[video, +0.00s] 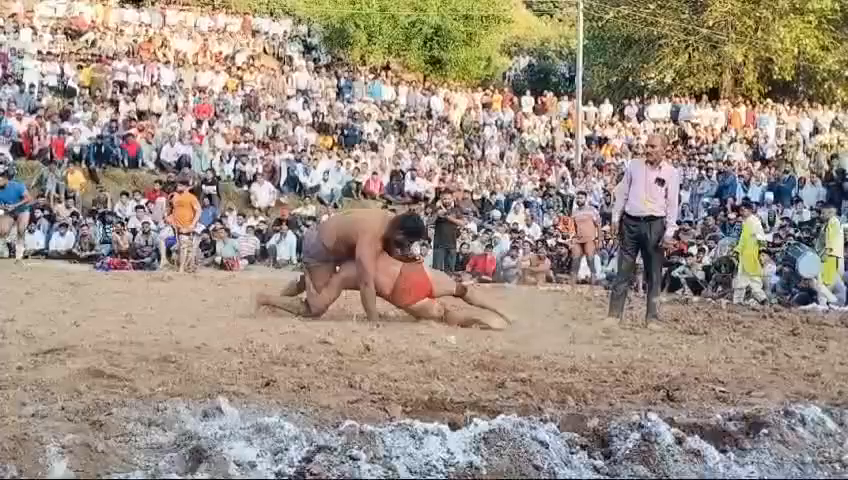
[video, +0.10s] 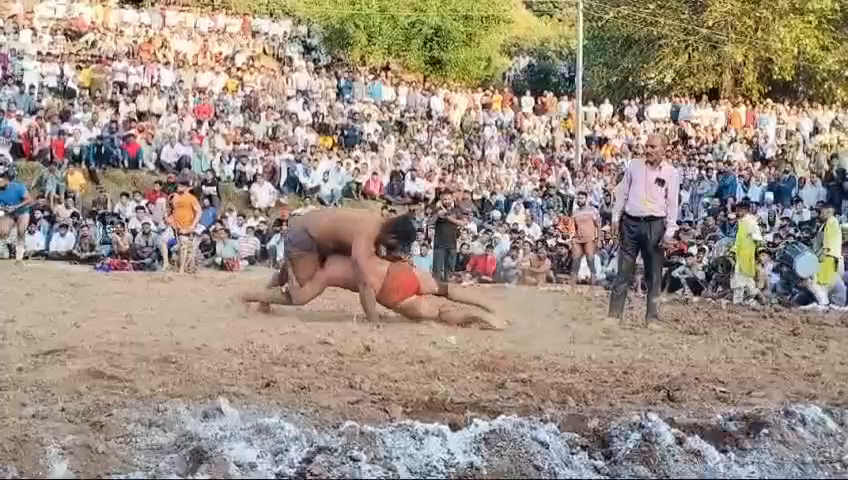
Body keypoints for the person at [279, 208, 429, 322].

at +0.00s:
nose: (406, 253)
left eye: (410, 249)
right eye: (404, 249)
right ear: (397, 235)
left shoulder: (397, 226)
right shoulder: (369, 233)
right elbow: (366, 282)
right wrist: (374, 321)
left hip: (345, 245)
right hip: (318, 247)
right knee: (316, 308)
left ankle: (306, 281)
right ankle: (267, 299)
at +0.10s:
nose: (395, 252)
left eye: (400, 251)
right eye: (396, 249)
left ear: (394, 226)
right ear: (391, 238)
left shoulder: (381, 223)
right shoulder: (364, 236)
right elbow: (364, 283)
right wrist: (374, 322)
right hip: (301, 233)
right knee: (301, 296)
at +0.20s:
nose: (388, 245)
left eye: (392, 244)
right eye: (391, 243)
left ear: (386, 222)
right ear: (388, 236)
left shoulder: (367, 222)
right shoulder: (362, 235)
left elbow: (358, 251)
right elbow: (364, 283)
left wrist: (380, 258)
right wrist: (372, 316)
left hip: (288, 222)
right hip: (293, 234)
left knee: (272, 267)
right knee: (291, 291)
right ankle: (241, 299)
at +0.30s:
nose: (382, 254)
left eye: (387, 251)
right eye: (385, 251)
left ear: (378, 227)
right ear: (381, 243)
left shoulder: (358, 227)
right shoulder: (357, 237)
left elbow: (355, 270)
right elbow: (360, 283)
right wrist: (373, 317)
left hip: (277, 226)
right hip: (289, 238)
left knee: (251, 274)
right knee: (289, 293)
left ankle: (207, 280)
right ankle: (240, 300)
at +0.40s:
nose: (375, 256)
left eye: (379, 253)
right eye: (377, 252)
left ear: (370, 229)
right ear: (374, 244)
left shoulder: (349, 228)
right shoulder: (350, 243)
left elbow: (345, 273)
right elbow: (358, 285)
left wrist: (348, 304)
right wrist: (374, 321)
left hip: (275, 232)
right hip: (291, 246)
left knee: (231, 283)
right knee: (291, 303)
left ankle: (181, 298)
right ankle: (239, 309)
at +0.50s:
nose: (370, 260)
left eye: (374, 257)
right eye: (372, 256)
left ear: (363, 234)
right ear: (369, 248)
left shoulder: (345, 236)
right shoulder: (349, 250)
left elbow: (346, 279)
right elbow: (356, 288)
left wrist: (348, 307)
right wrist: (373, 320)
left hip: (273, 241)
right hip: (291, 254)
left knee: (230, 289)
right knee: (288, 315)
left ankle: (182, 311)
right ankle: (248, 308)